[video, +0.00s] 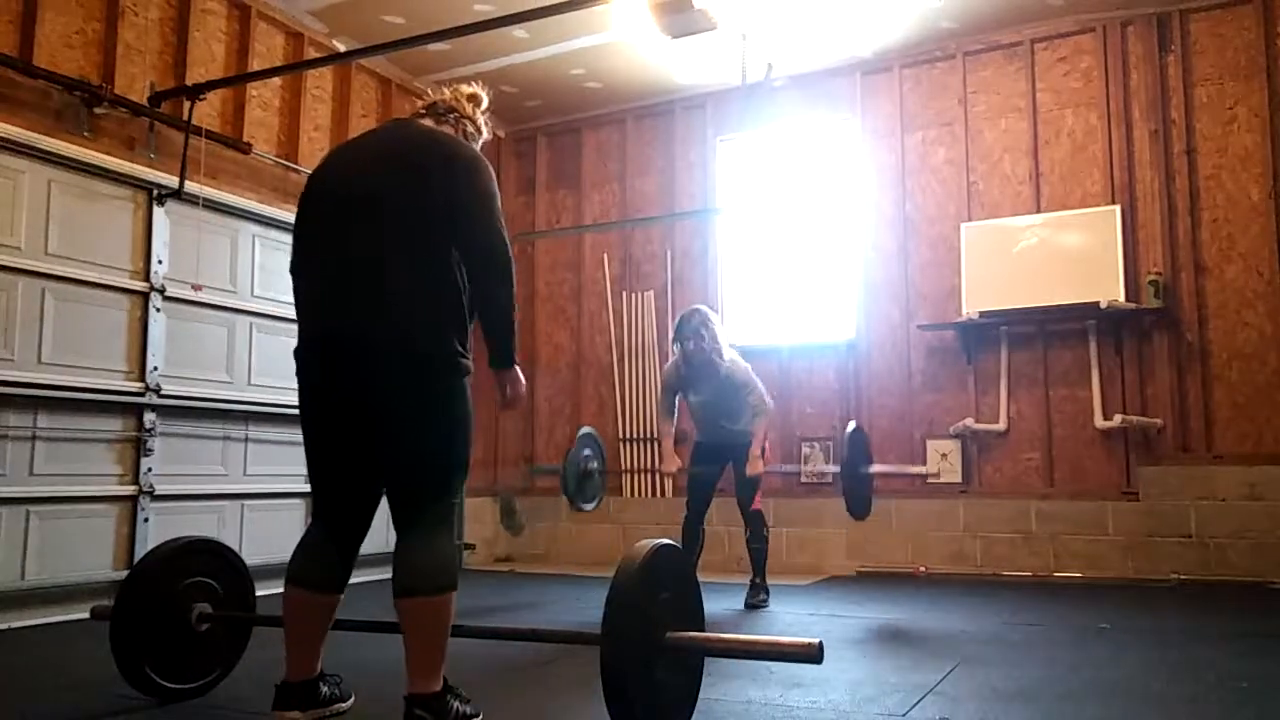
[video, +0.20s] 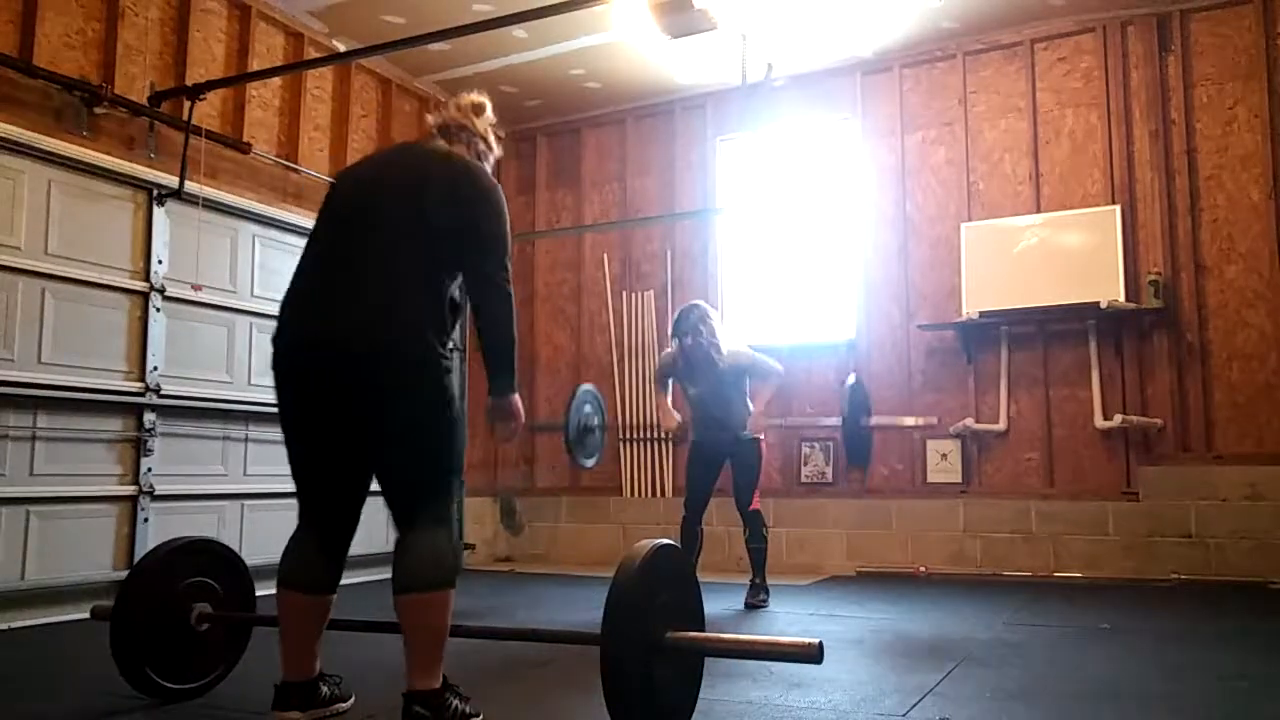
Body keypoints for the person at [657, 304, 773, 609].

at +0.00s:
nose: (692, 346)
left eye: (698, 339)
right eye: (686, 340)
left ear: (711, 338)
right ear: (679, 342)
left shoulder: (731, 366)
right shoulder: (675, 372)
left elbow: (763, 407)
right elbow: (666, 412)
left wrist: (755, 453)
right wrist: (668, 454)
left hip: (743, 441)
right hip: (707, 443)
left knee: (748, 506)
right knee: (694, 511)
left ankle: (758, 583)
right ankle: (685, 581)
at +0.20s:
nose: (695, 342)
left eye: (701, 335)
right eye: (688, 336)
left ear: (712, 332)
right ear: (679, 339)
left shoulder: (735, 358)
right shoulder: (674, 362)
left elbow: (776, 372)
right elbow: (661, 377)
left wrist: (758, 408)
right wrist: (665, 410)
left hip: (744, 440)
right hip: (705, 442)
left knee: (746, 504)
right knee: (692, 511)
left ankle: (758, 582)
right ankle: (685, 581)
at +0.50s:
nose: (691, 341)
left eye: (698, 333)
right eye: (685, 335)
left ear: (713, 332)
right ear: (678, 337)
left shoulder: (732, 360)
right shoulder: (673, 364)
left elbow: (775, 388)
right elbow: (657, 389)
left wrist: (758, 425)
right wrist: (664, 424)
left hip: (742, 442)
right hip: (703, 443)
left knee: (747, 506)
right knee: (691, 512)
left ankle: (758, 582)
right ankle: (684, 581)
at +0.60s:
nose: (692, 347)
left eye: (699, 340)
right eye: (686, 341)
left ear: (713, 339)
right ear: (679, 344)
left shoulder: (736, 372)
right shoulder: (671, 377)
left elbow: (764, 415)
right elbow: (661, 416)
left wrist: (756, 458)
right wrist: (664, 456)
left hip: (742, 444)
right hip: (704, 445)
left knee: (747, 506)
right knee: (690, 511)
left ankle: (758, 583)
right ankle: (684, 582)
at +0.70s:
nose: (693, 363)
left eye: (701, 354)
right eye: (685, 357)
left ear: (716, 355)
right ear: (678, 362)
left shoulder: (733, 387)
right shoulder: (674, 392)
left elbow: (755, 439)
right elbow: (664, 440)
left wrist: (753, 487)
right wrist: (666, 484)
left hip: (741, 448)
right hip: (704, 451)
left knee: (748, 508)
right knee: (687, 514)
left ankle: (758, 584)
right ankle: (683, 584)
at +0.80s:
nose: (695, 385)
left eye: (701, 376)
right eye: (687, 379)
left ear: (714, 376)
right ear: (678, 383)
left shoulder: (732, 405)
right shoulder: (672, 412)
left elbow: (750, 454)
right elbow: (663, 459)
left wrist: (749, 510)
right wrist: (663, 509)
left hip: (741, 461)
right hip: (705, 463)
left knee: (747, 519)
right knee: (680, 516)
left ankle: (758, 585)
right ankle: (683, 584)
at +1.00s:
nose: (706, 418)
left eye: (711, 410)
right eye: (700, 411)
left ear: (719, 407)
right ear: (687, 409)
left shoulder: (735, 434)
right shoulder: (673, 437)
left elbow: (751, 484)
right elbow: (662, 487)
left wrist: (748, 539)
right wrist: (661, 535)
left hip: (734, 486)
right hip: (700, 487)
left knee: (741, 521)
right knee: (679, 518)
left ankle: (757, 585)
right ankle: (684, 584)